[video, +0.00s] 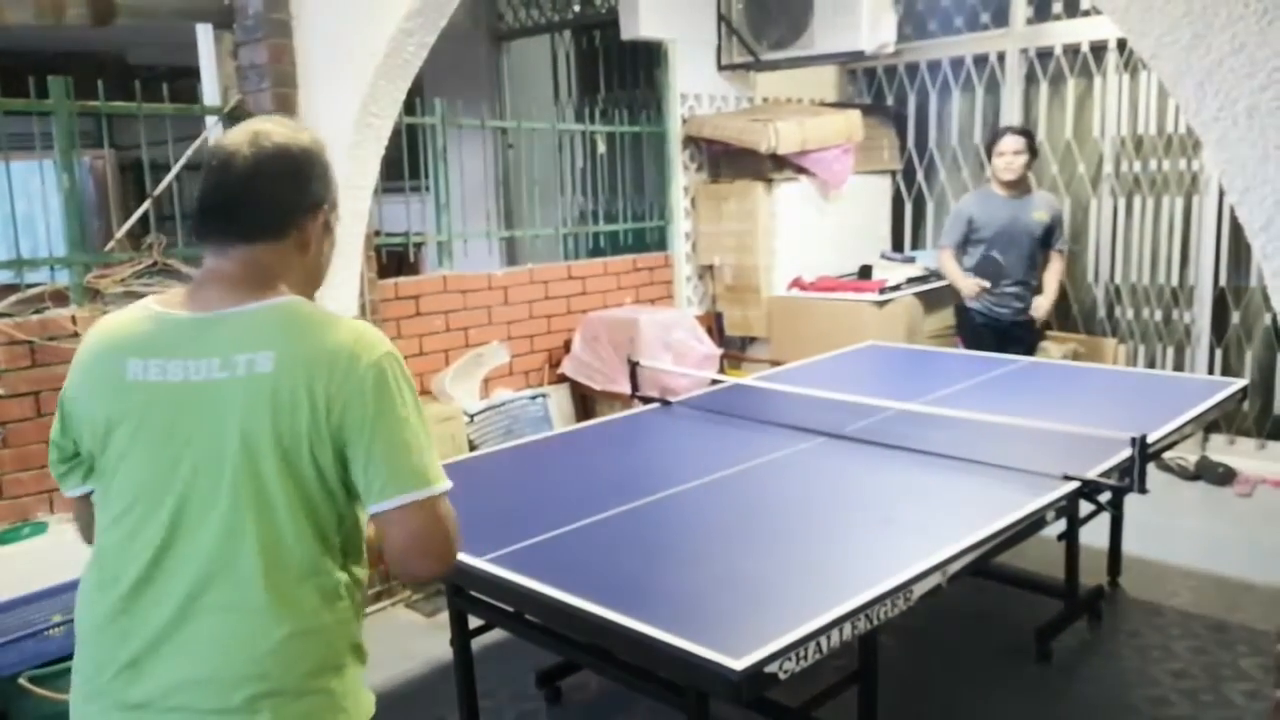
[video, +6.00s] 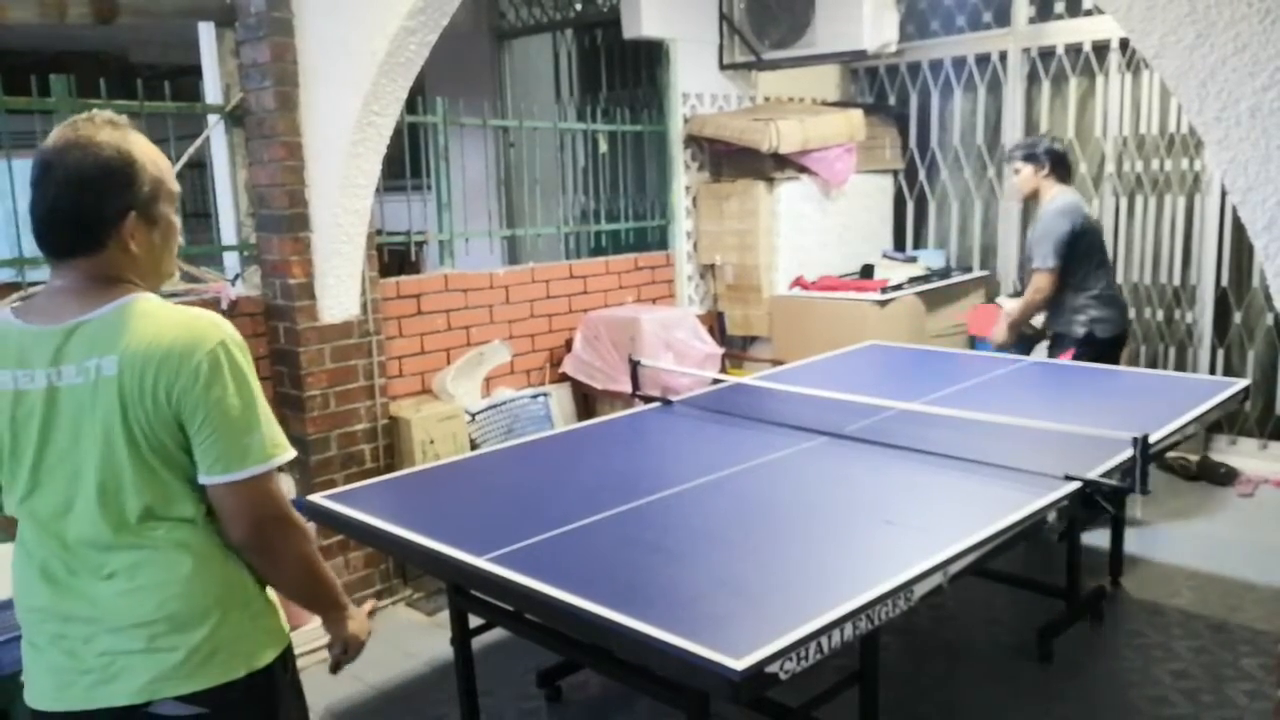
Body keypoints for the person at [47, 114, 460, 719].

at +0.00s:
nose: (331, 246)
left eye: (332, 227)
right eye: (333, 226)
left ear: (205, 225)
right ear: (316, 227)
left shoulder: (105, 345)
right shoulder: (348, 353)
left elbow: (94, 525)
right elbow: (426, 555)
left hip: (113, 698)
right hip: (289, 699)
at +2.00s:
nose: (379, 269)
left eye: (381, 252)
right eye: (377, 252)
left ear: (260, 249)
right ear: (349, 257)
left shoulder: (152, 341)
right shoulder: (390, 366)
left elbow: (85, 507)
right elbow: (460, 516)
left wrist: (129, 599)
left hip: (131, 688)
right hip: (297, 687)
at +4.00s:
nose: (183, 241)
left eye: (182, 220)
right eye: (179, 219)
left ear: (59, 234)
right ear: (147, 211)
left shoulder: (16, 336)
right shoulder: (182, 330)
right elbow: (243, 523)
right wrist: (348, 656)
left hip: (85, 674)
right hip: (218, 676)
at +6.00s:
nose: (181, 231)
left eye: (180, 212)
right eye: (174, 212)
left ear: (52, 226)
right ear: (133, 231)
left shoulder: (10, 335)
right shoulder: (193, 340)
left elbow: (8, 513)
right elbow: (255, 523)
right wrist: (338, 611)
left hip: (60, 671)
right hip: (205, 666)